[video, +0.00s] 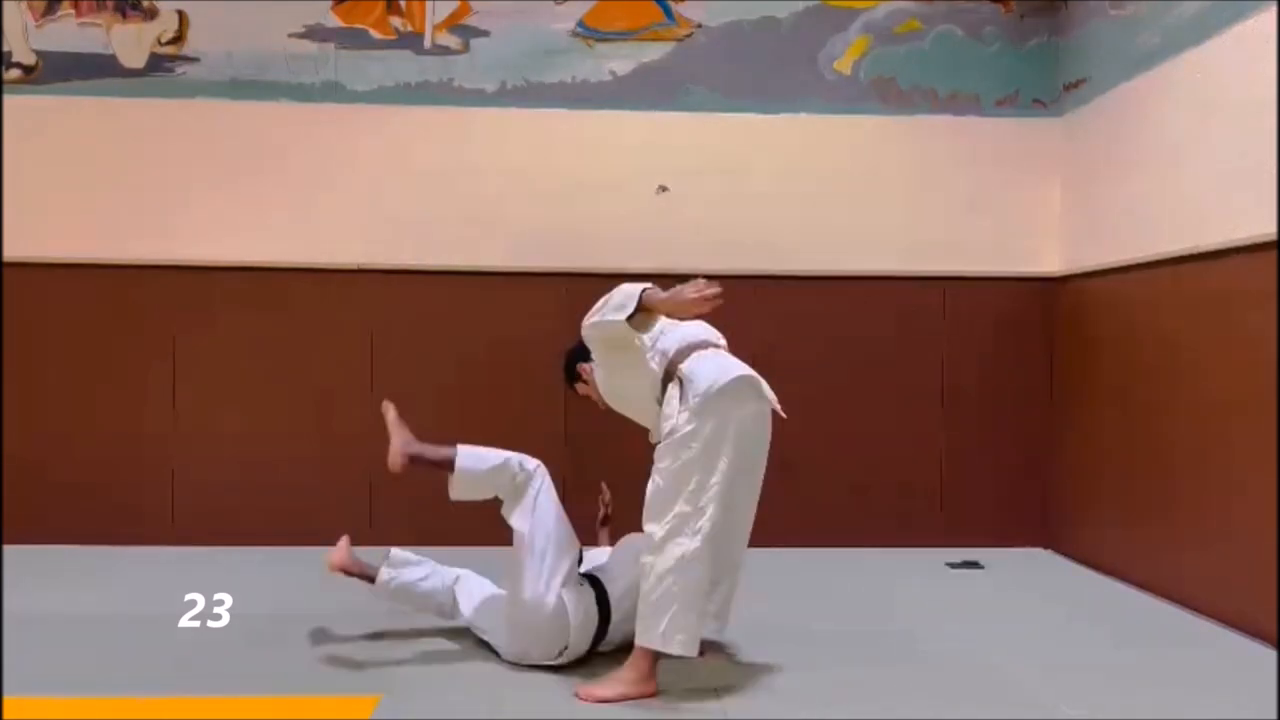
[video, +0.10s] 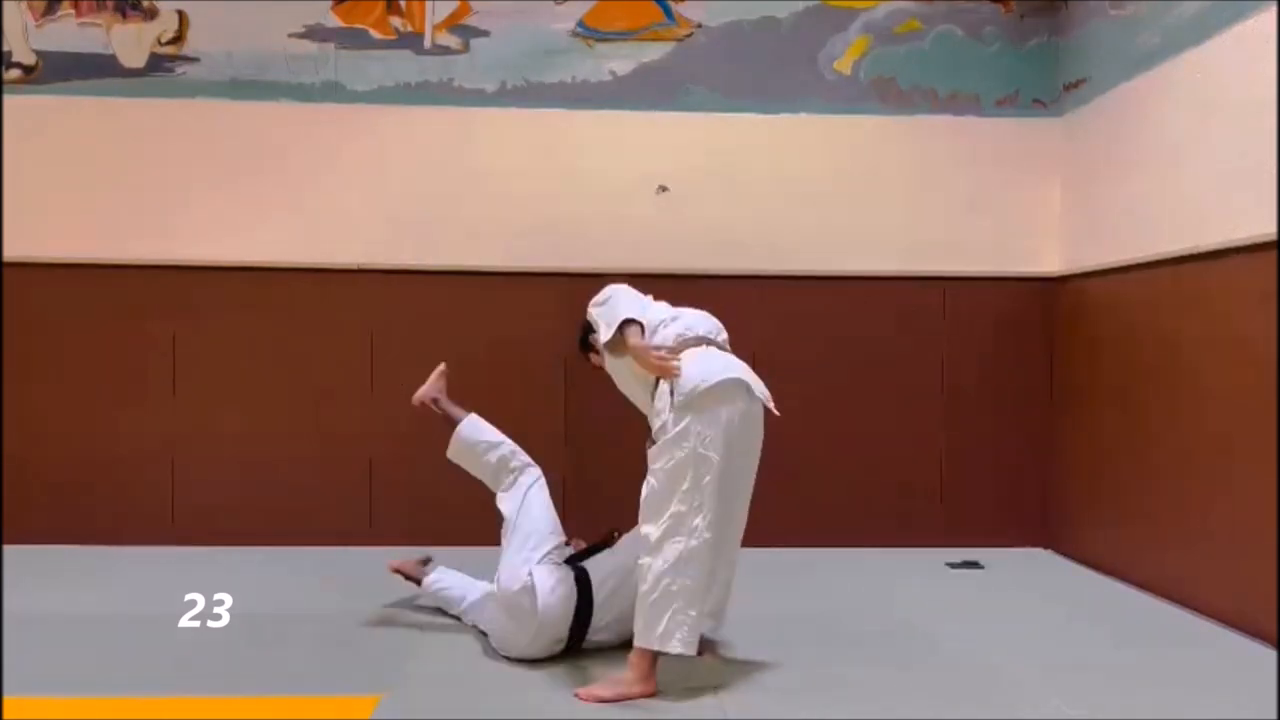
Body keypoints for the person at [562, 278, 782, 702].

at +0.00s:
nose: (596, 403)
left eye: (585, 393)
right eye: (588, 399)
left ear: (585, 370)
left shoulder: (598, 335)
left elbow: (618, 300)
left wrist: (664, 302)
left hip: (705, 385)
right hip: (750, 390)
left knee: (669, 526)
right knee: (718, 521)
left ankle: (640, 668)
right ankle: (701, 639)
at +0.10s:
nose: (604, 369)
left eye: (599, 360)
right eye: (600, 365)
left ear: (596, 340)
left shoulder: (609, 300)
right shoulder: (673, 320)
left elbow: (625, 312)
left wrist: (638, 348)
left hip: (699, 395)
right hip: (745, 395)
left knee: (664, 527)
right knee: (717, 520)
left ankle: (640, 671)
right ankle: (698, 634)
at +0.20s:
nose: (601, 333)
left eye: (600, 323)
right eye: (601, 327)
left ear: (596, 302)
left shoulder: (616, 281)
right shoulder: (674, 304)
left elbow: (627, 295)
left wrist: (636, 346)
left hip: (695, 393)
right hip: (738, 394)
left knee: (663, 525)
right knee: (707, 520)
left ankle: (639, 670)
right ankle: (689, 631)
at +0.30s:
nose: (603, 300)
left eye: (599, 290)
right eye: (599, 293)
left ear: (605, 268)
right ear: (632, 254)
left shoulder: (620, 262)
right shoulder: (670, 279)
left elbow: (642, 293)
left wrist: (653, 352)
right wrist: (651, 390)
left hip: (697, 386)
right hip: (731, 387)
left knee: (664, 519)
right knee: (700, 516)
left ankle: (639, 666)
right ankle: (686, 629)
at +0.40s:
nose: (602, 249)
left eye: (600, 238)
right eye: (599, 239)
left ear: (614, 227)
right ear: (640, 222)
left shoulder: (637, 239)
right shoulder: (673, 248)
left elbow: (674, 292)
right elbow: (702, 318)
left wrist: (691, 369)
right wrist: (651, 380)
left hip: (694, 380)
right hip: (715, 378)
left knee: (672, 513)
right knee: (694, 508)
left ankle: (681, 654)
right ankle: (695, 624)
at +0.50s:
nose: (610, 204)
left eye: (616, 193)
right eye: (610, 193)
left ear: (640, 192)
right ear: (647, 192)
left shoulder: (660, 223)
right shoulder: (654, 235)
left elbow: (713, 276)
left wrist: (712, 354)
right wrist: (644, 395)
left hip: (693, 375)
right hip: (673, 377)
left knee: (681, 511)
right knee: (654, 505)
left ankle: (740, 636)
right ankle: (686, 626)